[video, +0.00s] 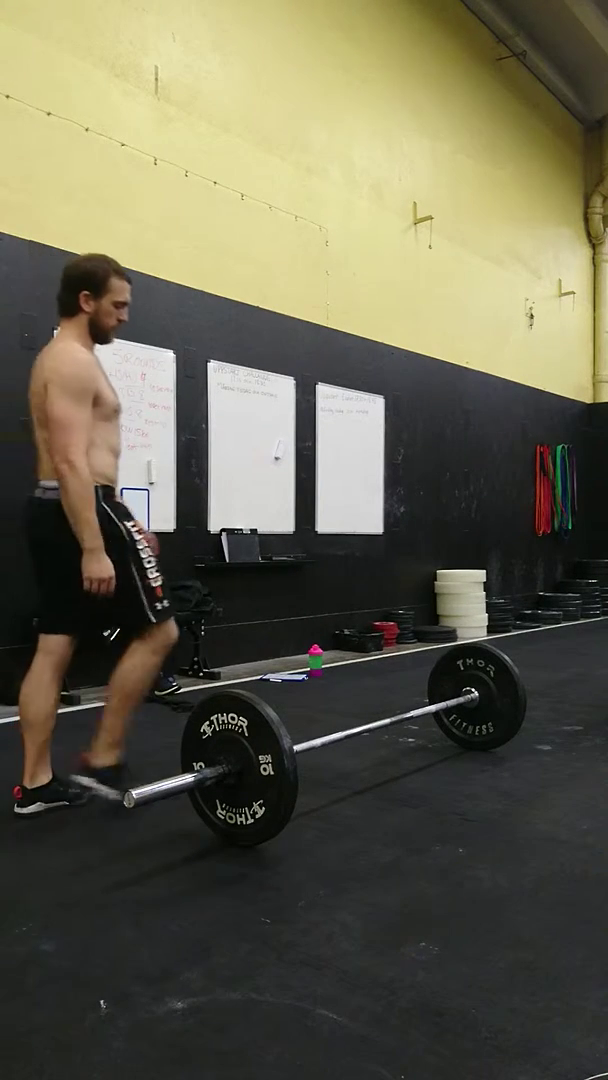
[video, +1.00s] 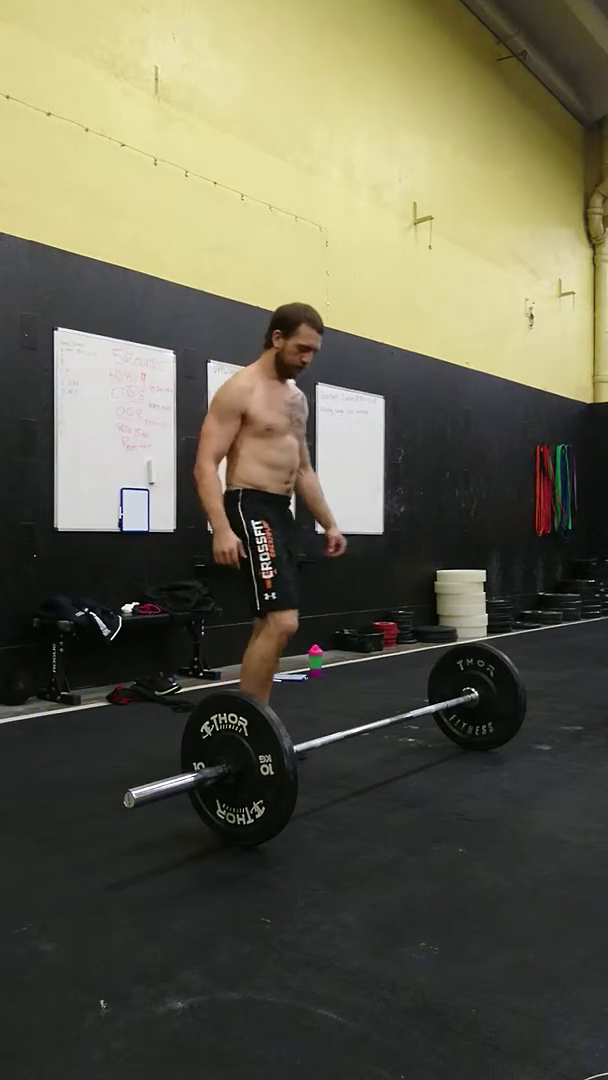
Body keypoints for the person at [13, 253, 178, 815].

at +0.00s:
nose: (125, 315)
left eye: (127, 305)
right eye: (118, 304)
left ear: (87, 303)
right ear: (87, 301)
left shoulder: (64, 356)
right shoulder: (70, 361)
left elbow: (83, 459)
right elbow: (69, 462)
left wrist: (125, 524)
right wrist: (92, 546)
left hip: (59, 508)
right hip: (87, 510)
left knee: (52, 648)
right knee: (159, 631)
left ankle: (35, 781)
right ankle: (105, 758)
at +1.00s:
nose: (308, 360)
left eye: (313, 352)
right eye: (303, 349)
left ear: (317, 349)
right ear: (276, 339)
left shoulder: (297, 397)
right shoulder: (239, 388)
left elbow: (302, 469)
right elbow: (205, 465)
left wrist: (328, 522)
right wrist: (221, 529)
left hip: (280, 510)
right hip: (250, 506)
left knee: (270, 625)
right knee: (282, 621)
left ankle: (251, 726)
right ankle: (246, 726)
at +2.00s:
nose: (388, 354)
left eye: (394, 347)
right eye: (383, 344)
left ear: (393, 344)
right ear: (356, 332)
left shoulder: (379, 397)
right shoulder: (315, 383)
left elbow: (385, 473)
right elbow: (295, 461)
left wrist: (405, 536)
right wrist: (319, 526)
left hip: (362, 517)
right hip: (323, 515)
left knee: (364, 635)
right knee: (337, 631)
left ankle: (366, 743)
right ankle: (305, 743)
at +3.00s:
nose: (404, 353)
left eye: (410, 346)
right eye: (399, 342)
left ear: (408, 341)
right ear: (371, 328)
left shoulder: (392, 390)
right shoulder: (327, 379)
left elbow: (398, 467)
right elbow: (307, 461)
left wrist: (422, 530)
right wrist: (316, 537)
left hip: (371, 516)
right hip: (332, 513)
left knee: (369, 637)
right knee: (336, 638)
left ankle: (372, 748)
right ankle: (319, 763)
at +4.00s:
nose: (407, 345)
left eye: (413, 337)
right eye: (402, 334)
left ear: (410, 333)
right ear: (372, 321)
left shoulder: (395, 385)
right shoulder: (333, 374)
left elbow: (398, 467)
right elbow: (300, 458)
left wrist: (419, 527)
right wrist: (306, 536)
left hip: (376, 515)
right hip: (336, 511)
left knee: (371, 636)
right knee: (333, 639)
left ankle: (371, 746)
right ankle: (318, 763)